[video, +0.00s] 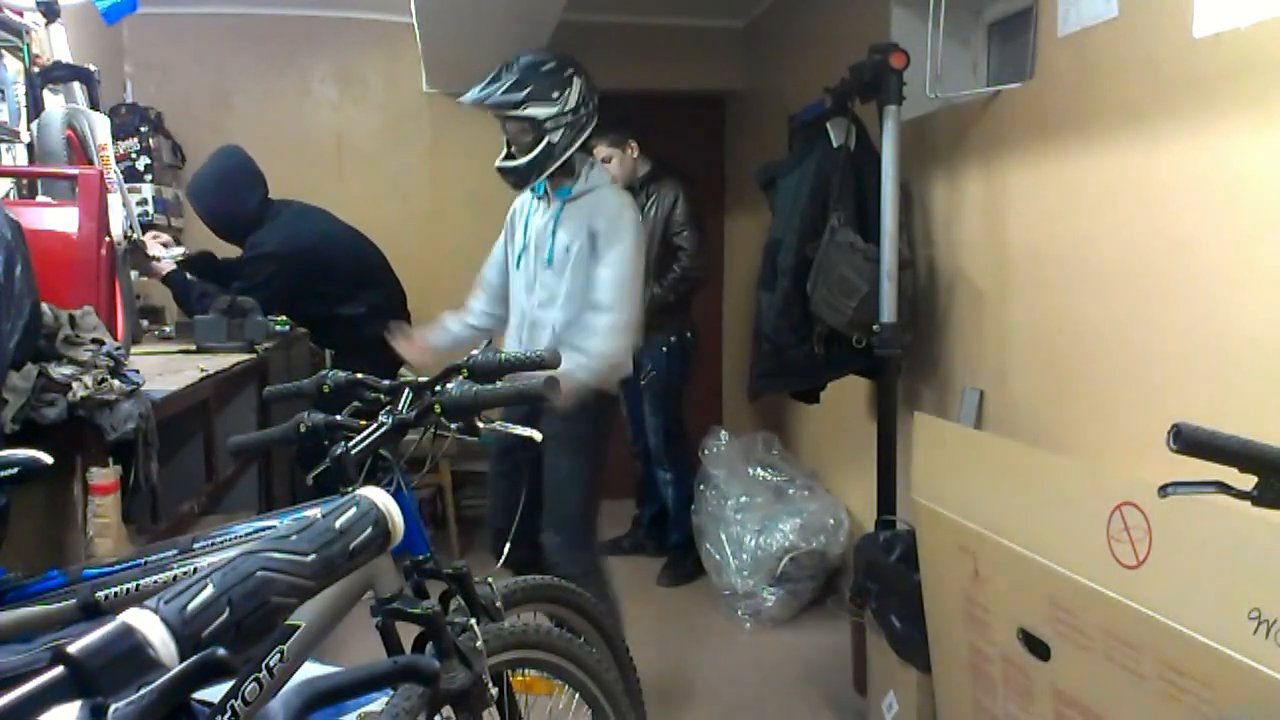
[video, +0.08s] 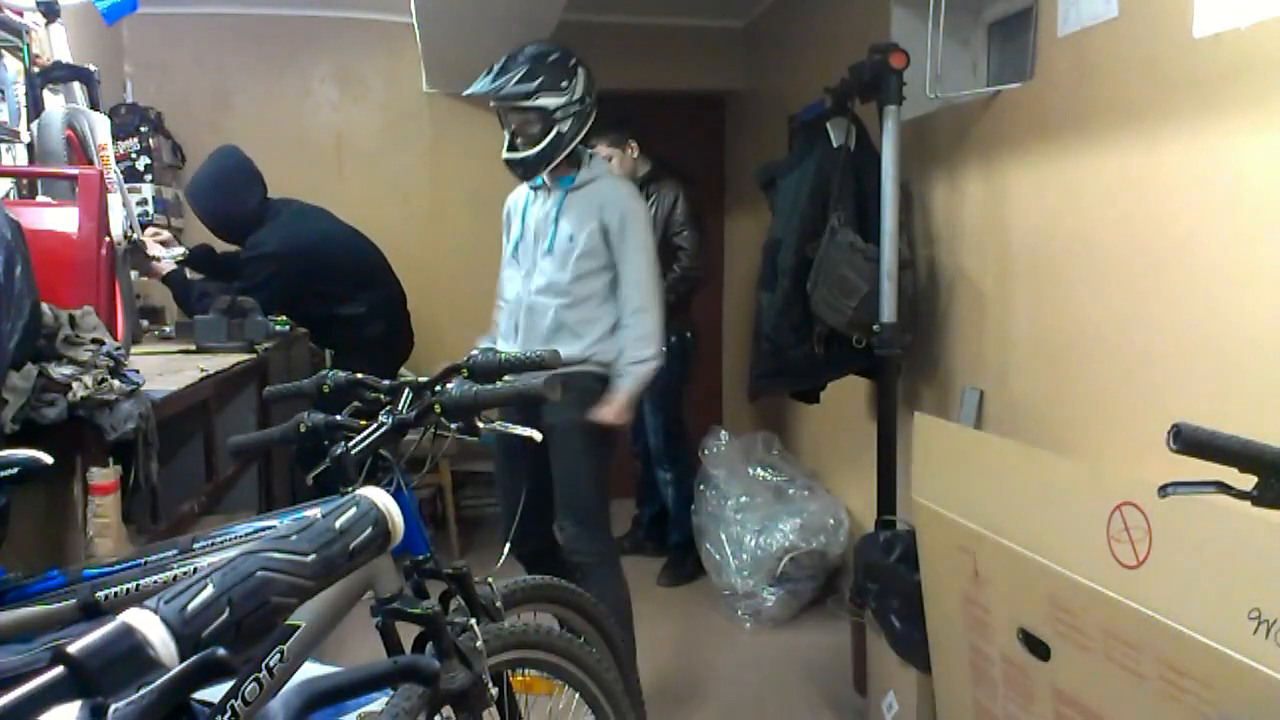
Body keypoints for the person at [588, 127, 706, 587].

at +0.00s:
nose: (603, 170)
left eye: (607, 160)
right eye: (599, 163)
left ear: (632, 152)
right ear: (616, 161)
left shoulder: (668, 192)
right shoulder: (618, 201)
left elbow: (690, 260)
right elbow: (616, 261)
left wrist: (649, 302)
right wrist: (615, 302)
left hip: (665, 332)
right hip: (630, 332)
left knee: (664, 439)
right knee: (640, 439)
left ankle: (685, 545)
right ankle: (649, 528)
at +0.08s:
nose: (602, 167)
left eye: (607, 158)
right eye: (597, 160)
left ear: (632, 153)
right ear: (613, 160)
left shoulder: (668, 193)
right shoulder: (613, 201)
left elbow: (690, 259)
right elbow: (610, 264)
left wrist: (654, 302)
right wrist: (612, 304)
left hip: (667, 328)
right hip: (629, 326)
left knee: (664, 435)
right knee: (640, 435)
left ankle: (685, 544)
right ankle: (650, 526)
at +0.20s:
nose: (602, 169)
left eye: (606, 159)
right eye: (597, 162)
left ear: (632, 152)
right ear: (603, 163)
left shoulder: (667, 192)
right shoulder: (611, 200)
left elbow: (689, 260)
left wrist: (654, 301)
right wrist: (610, 301)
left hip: (664, 323)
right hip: (624, 323)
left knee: (664, 436)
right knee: (639, 436)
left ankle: (685, 544)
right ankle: (650, 526)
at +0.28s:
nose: (603, 169)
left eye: (607, 159)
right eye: (598, 162)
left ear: (632, 152)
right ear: (611, 160)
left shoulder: (668, 192)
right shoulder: (614, 200)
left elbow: (688, 261)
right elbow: (610, 264)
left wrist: (652, 307)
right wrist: (610, 306)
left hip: (665, 330)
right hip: (626, 330)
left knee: (663, 435)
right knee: (640, 437)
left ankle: (685, 543)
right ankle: (650, 526)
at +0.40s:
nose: (602, 169)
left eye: (606, 160)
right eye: (597, 162)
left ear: (632, 152)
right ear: (608, 160)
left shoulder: (668, 192)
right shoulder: (611, 199)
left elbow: (689, 262)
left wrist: (651, 308)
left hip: (664, 328)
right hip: (623, 328)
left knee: (663, 434)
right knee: (638, 435)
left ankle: (685, 543)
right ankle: (651, 525)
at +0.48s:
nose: (602, 166)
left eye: (606, 156)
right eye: (597, 158)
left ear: (631, 151)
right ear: (613, 156)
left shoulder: (668, 192)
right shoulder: (607, 198)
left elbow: (689, 262)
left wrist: (652, 299)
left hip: (663, 322)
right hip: (621, 323)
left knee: (665, 435)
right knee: (638, 435)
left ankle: (685, 542)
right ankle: (651, 524)